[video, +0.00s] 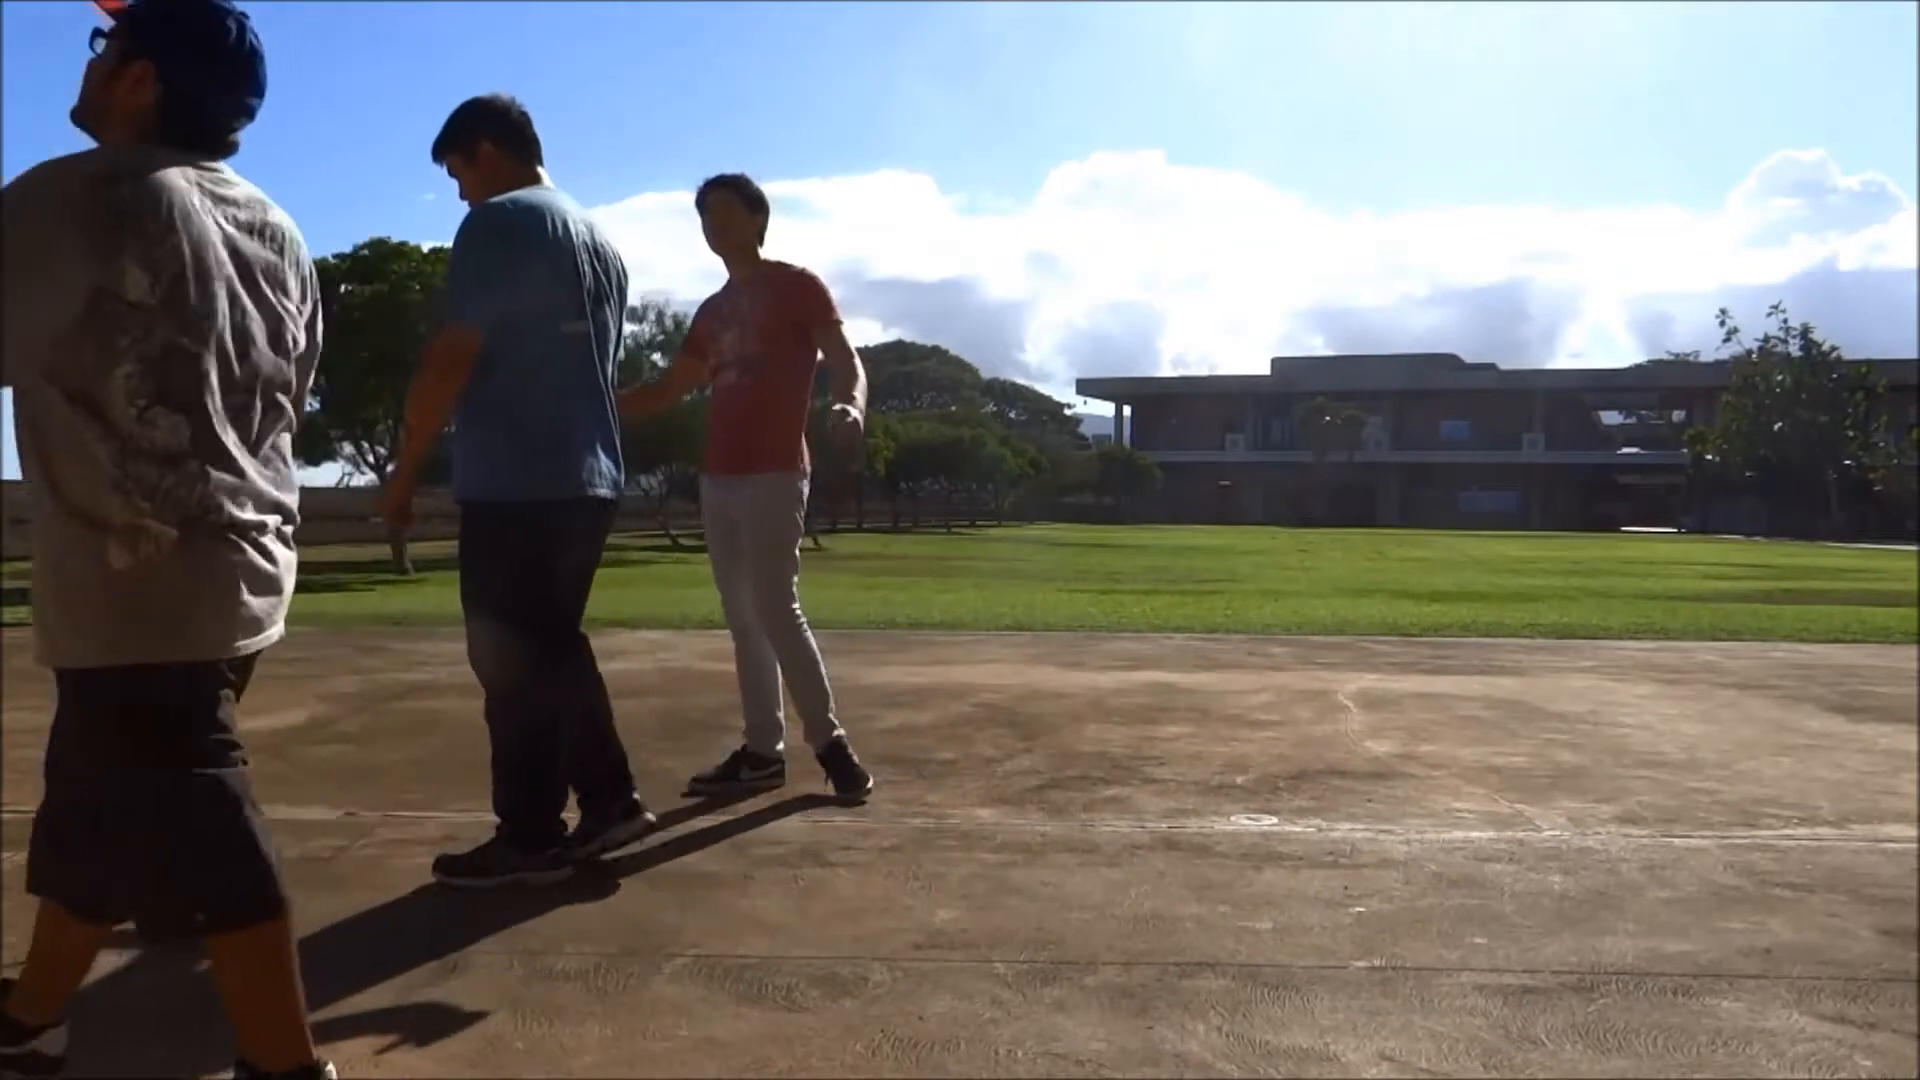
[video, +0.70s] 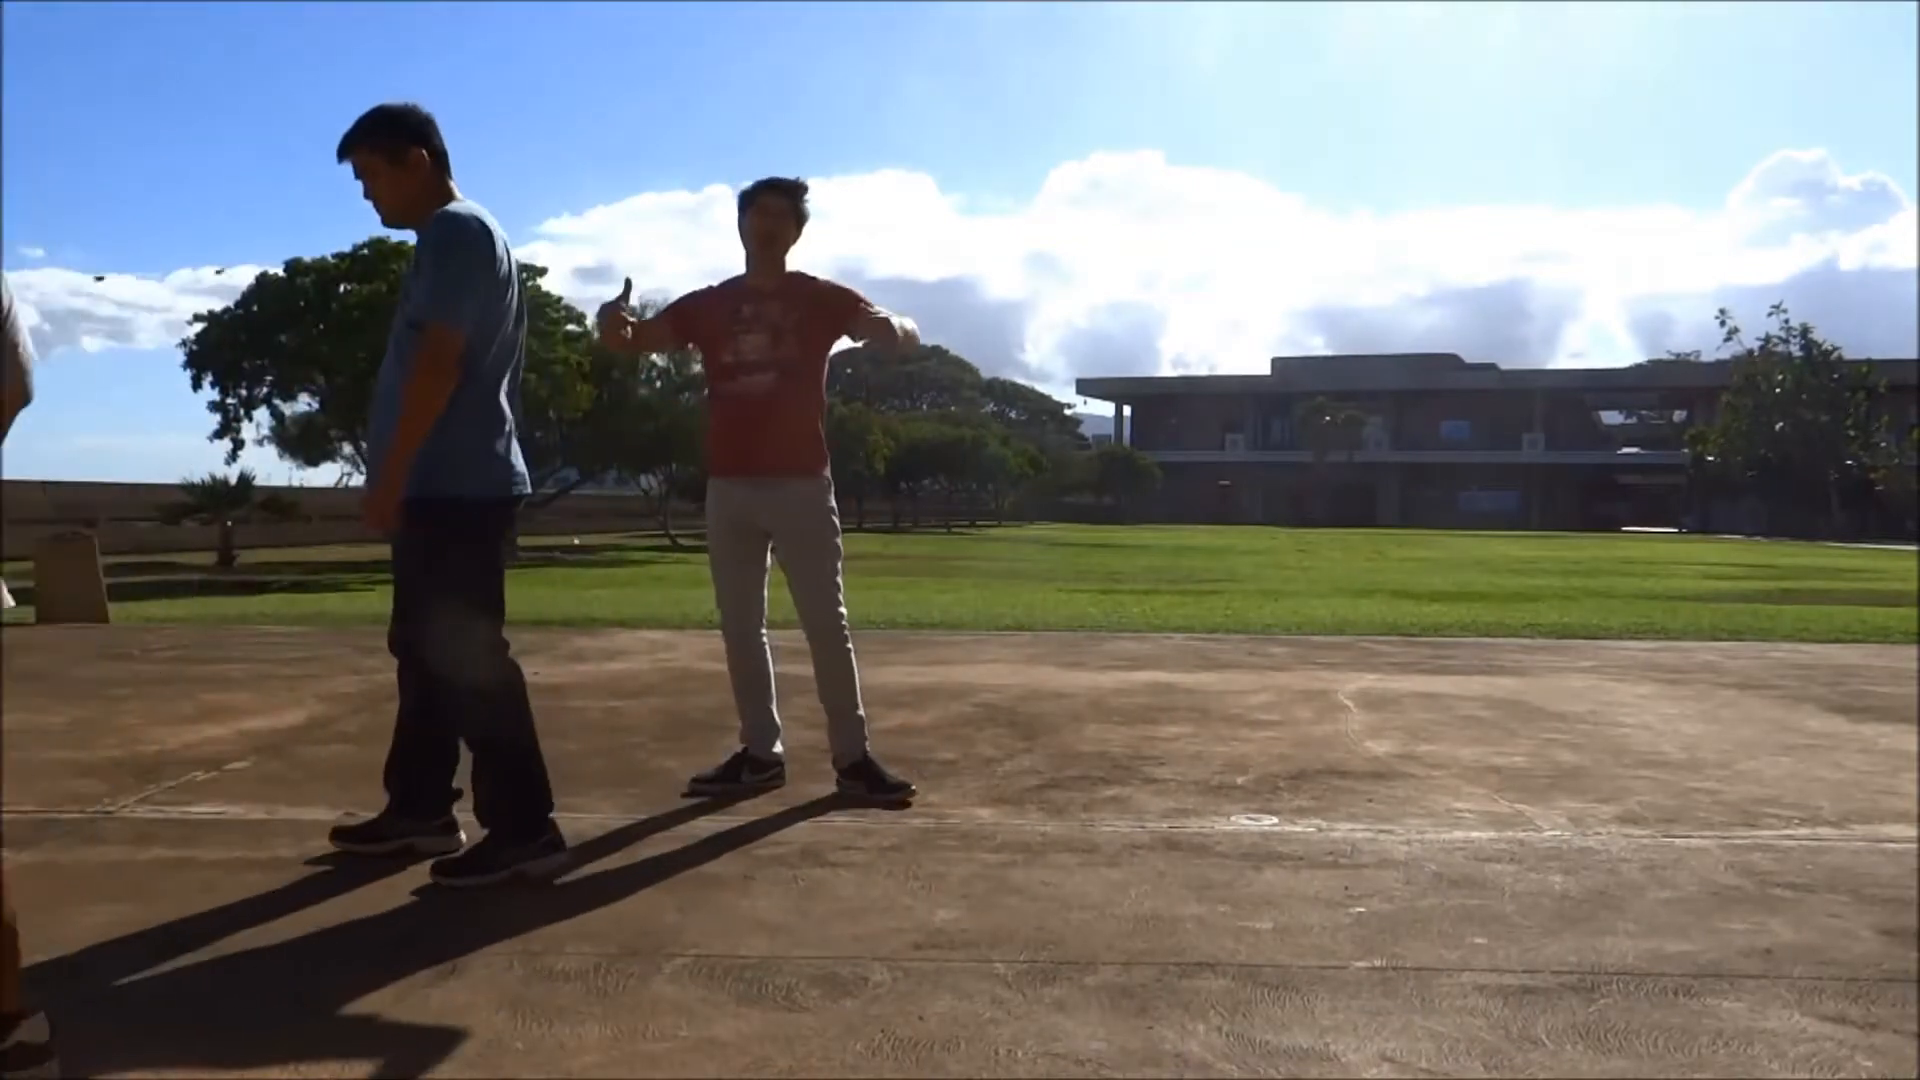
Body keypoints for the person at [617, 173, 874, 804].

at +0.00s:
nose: (710, 226)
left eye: (721, 213)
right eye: (705, 217)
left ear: (755, 218)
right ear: (705, 228)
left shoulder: (796, 285)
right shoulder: (712, 312)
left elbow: (844, 360)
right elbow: (672, 385)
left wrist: (852, 406)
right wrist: (601, 409)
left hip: (775, 477)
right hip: (721, 479)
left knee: (775, 610)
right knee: (743, 618)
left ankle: (831, 746)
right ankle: (762, 752)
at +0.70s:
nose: (770, 224)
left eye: (782, 215)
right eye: (760, 213)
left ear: (799, 228)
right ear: (741, 223)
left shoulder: (821, 298)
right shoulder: (709, 305)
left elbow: (906, 338)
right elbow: (628, 340)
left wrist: (886, 328)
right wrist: (611, 322)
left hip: (802, 488)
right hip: (730, 489)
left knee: (827, 623)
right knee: (741, 629)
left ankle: (853, 760)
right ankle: (761, 755)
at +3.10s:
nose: (974, 193)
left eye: (970, 182)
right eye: (961, 183)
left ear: (941, 197)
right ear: (921, 196)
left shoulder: (976, 284)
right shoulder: (869, 282)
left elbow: (1007, 381)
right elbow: (828, 392)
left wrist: (1055, 462)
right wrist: (816, 494)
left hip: (966, 479)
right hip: (904, 480)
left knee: (962, 627)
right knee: (923, 627)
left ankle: (876, 733)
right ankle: (923, 784)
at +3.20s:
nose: (980, 193)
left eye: (976, 182)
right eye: (967, 183)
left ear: (946, 197)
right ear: (925, 196)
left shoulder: (980, 284)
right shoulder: (874, 281)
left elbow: (1005, 388)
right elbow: (834, 392)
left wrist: (1049, 476)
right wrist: (830, 495)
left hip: (975, 482)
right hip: (912, 483)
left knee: (984, 626)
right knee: (930, 629)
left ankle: (890, 728)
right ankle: (925, 785)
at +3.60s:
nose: (1003, 188)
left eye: (1002, 176)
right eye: (988, 176)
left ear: (983, 191)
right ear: (944, 188)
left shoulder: (991, 283)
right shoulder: (900, 274)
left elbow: (995, 390)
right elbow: (876, 391)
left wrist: (1018, 471)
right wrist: (897, 489)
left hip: (996, 485)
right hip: (933, 488)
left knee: (1029, 624)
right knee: (937, 640)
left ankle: (976, 768)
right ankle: (925, 787)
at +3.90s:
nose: (1035, 191)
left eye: (1033, 179)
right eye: (1022, 178)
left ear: (1003, 191)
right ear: (977, 189)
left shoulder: (995, 286)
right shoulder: (933, 271)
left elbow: (993, 388)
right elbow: (924, 388)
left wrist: (1014, 465)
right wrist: (972, 470)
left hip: (1003, 474)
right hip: (947, 479)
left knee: (1047, 625)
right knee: (949, 638)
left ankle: (1075, 785)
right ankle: (926, 792)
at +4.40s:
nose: (1114, 191)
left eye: (1109, 179)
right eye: (1100, 180)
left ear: (1076, 195)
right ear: (1064, 195)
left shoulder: (1062, 282)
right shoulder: (1025, 266)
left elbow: (1058, 388)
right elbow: (1021, 376)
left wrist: (1076, 480)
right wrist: (1066, 479)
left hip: (1057, 484)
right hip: (1013, 484)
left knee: (1075, 643)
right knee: (985, 639)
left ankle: (1093, 799)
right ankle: (928, 782)